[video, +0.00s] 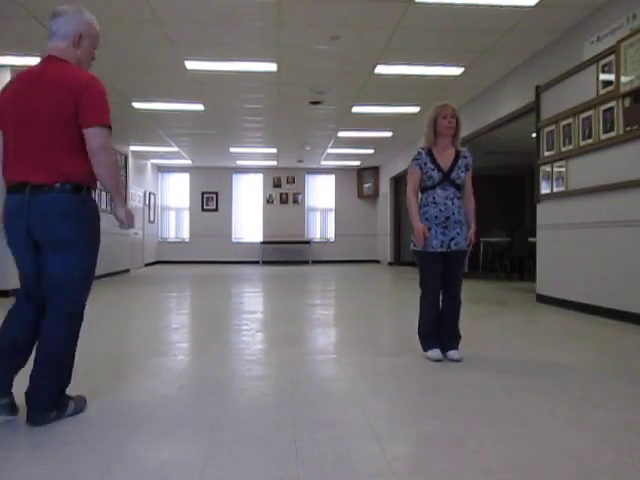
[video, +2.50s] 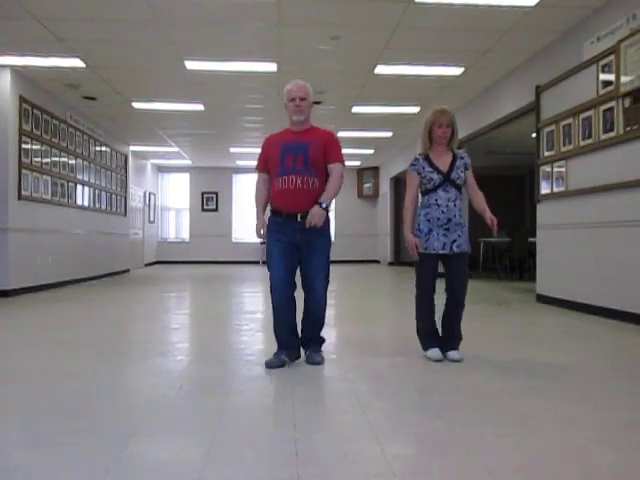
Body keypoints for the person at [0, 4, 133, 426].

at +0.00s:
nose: (93, 57)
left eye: (95, 49)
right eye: (93, 48)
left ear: (53, 41)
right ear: (79, 40)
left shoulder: (13, 86)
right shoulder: (83, 84)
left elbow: (5, 146)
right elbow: (99, 148)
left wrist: (17, 192)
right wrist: (120, 200)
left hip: (16, 204)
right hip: (66, 205)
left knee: (30, 296)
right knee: (65, 305)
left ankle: (1, 385)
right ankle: (45, 403)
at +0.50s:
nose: (151, 89)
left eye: (153, 82)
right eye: (150, 81)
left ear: (119, 75)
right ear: (134, 75)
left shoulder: (90, 115)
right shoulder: (142, 113)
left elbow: (85, 171)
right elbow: (157, 164)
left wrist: (92, 207)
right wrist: (172, 209)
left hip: (98, 214)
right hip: (134, 213)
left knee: (120, 289)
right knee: (144, 291)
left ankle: (126, 368)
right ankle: (92, 353)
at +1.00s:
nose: (209, 104)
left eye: (210, 97)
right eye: (206, 96)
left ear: (184, 96)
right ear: (188, 95)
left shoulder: (162, 127)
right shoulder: (193, 127)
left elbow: (162, 174)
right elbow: (195, 170)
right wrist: (209, 215)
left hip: (160, 218)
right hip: (189, 219)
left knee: (158, 289)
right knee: (213, 287)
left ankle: (130, 359)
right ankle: (230, 348)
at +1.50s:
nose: (258, 104)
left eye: (257, 98)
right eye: (253, 98)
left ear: (238, 102)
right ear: (235, 102)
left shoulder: (241, 132)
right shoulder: (234, 132)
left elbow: (250, 177)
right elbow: (242, 176)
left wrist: (278, 196)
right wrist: (276, 197)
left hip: (250, 217)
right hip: (240, 218)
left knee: (256, 283)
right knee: (250, 285)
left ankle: (251, 336)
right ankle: (236, 351)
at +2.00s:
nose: (285, 107)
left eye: (287, 103)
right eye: (279, 103)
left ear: (288, 105)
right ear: (263, 106)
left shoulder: (296, 143)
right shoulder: (249, 140)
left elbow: (312, 179)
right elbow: (228, 176)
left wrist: (333, 200)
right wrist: (224, 215)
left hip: (291, 224)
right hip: (260, 222)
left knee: (299, 287)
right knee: (267, 284)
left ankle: (303, 346)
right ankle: (246, 339)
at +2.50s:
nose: (297, 103)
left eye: (303, 98)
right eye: (292, 99)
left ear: (311, 102)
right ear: (285, 104)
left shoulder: (326, 138)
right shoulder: (272, 142)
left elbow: (337, 174)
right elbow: (263, 180)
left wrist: (323, 205)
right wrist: (260, 214)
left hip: (314, 222)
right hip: (280, 223)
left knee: (316, 288)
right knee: (280, 288)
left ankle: (313, 345)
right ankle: (287, 348)